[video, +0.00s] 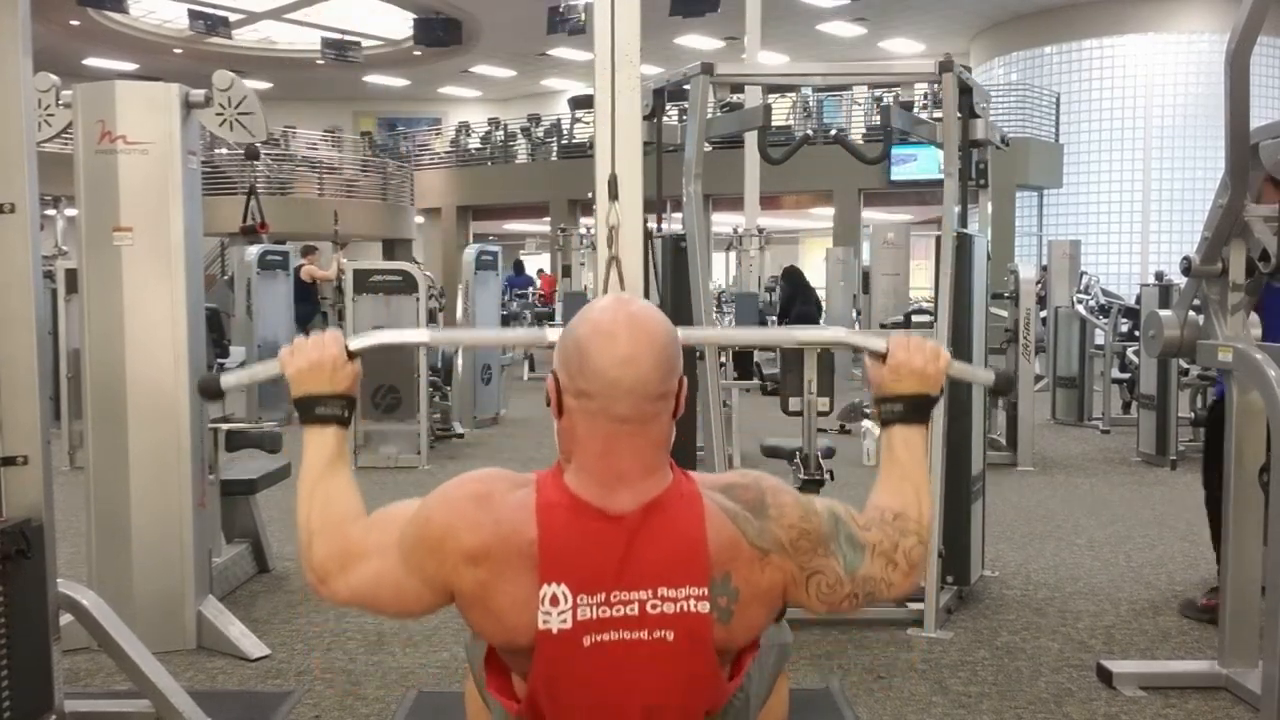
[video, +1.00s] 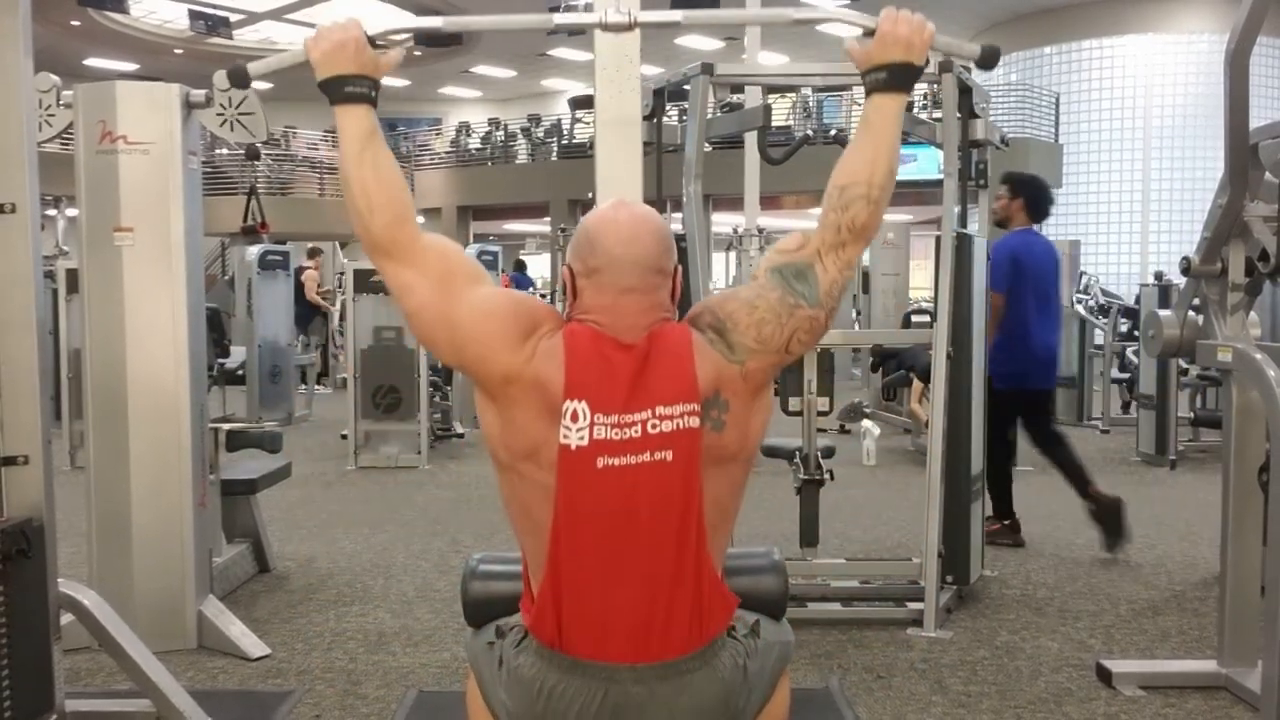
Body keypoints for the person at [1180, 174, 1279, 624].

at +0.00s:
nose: (1254, 197)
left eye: (1259, 187)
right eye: (1255, 187)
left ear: (1272, 188)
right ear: (1266, 188)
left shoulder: (1263, 243)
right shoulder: (1256, 238)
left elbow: (1253, 303)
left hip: (1251, 385)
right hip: (1244, 383)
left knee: (1221, 477)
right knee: (1225, 478)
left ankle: (1234, 587)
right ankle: (1242, 584)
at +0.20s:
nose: (1189, 183)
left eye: (1193, 175)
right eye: (1193, 174)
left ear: (1206, 180)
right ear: (1232, 180)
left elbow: (1160, 298)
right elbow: (1265, 304)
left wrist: (1169, 281)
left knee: (1211, 484)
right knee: (1203, 473)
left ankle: (1226, 591)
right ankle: (1186, 551)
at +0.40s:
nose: (1142, 195)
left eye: (1147, 188)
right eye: (1146, 188)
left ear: (1161, 195)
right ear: (1183, 199)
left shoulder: (1148, 247)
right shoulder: (1201, 243)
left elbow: (1120, 311)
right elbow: (1203, 308)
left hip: (1153, 378)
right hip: (1187, 375)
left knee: (1167, 472)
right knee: (1160, 464)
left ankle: (1217, 567)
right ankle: (1147, 546)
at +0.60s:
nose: (1098, 189)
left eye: (1104, 182)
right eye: (1102, 182)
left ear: (1121, 188)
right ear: (1134, 191)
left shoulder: (1112, 237)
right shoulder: (1157, 235)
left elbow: (1093, 301)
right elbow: (1158, 299)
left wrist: (1066, 356)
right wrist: (1074, 336)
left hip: (1111, 367)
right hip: (1152, 366)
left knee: (1080, 438)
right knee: (1150, 454)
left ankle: (1133, 523)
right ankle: (1152, 550)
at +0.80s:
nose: (1048, 202)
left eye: (1054, 196)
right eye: (1051, 196)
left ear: (1073, 203)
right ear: (1082, 205)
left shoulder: (1061, 246)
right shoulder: (1100, 246)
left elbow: (1055, 305)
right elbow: (1073, 307)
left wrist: (1033, 363)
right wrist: (1017, 310)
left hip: (1068, 368)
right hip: (1107, 365)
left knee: (1040, 447)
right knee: (1123, 451)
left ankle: (1013, 517)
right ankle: (1141, 536)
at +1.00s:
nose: (995, 203)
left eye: (1002, 198)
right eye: (998, 197)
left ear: (1019, 205)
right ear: (1029, 208)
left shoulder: (1005, 247)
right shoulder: (1048, 249)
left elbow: (995, 304)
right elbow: (1050, 305)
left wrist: (981, 345)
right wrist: (1039, 343)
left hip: (1006, 358)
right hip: (1043, 358)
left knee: (998, 437)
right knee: (1042, 429)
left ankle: (1004, 520)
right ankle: (1097, 500)